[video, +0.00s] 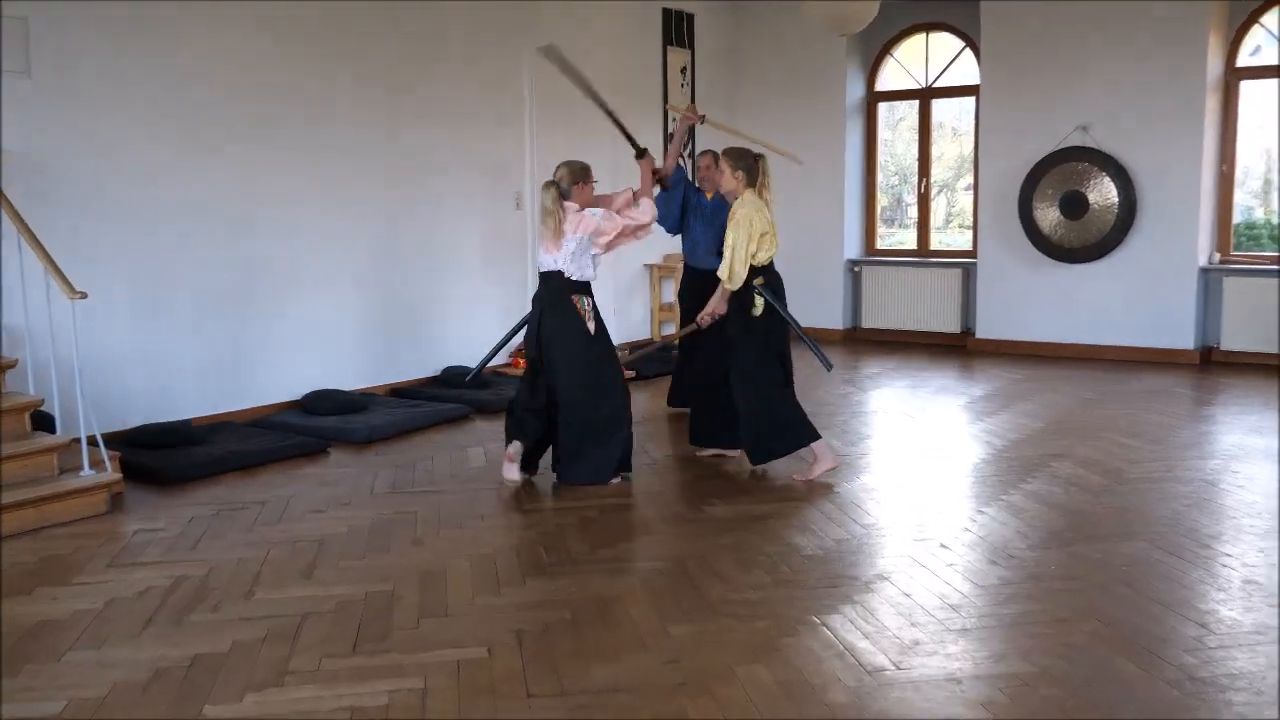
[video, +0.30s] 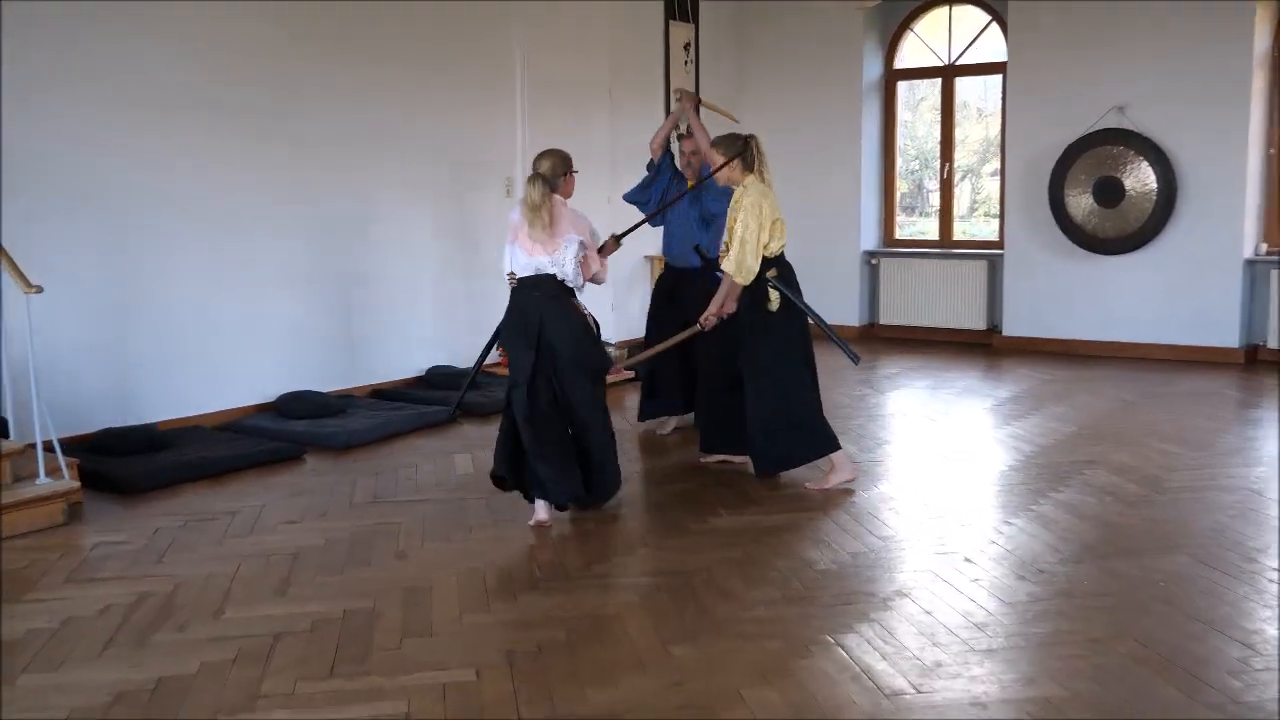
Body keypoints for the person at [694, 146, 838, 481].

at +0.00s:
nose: (717, 177)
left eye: (721, 171)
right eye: (718, 171)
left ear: (738, 176)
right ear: (743, 176)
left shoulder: (744, 210)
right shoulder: (751, 205)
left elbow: (735, 265)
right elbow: (735, 261)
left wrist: (719, 300)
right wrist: (716, 301)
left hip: (755, 293)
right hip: (756, 289)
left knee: (762, 375)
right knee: (735, 364)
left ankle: (821, 452)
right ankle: (734, 440)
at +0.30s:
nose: (714, 172)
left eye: (716, 165)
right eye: (712, 166)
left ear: (734, 163)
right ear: (737, 162)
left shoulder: (752, 195)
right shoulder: (744, 193)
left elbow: (745, 257)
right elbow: (734, 252)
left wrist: (724, 300)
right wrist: (720, 299)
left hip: (770, 287)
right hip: (755, 286)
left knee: (782, 375)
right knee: (742, 365)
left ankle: (840, 460)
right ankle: (743, 447)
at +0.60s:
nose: (724, 164)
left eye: (726, 156)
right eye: (723, 157)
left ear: (745, 151)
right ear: (746, 151)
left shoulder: (773, 184)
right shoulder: (761, 185)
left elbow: (768, 250)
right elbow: (754, 250)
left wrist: (747, 299)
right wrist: (737, 300)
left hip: (796, 285)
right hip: (775, 284)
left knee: (809, 377)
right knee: (735, 360)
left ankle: (855, 470)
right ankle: (740, 451)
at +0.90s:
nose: (768, 156)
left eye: (770, 147)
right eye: (767, 147)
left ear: (790, 141)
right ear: (794, 141)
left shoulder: (815, 175)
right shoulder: (817, 170)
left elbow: (810, 247)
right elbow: (804, 244)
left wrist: (787, 299)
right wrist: (780, 298)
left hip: (844, 283)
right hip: (831, 280)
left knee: (845, 380)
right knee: (782, 364)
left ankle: (866, 483)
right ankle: (766, 453)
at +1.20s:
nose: (818, 143)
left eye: (821, 135)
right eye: (818, 134)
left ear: (843, 135)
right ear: (854, 134)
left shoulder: (859, 175)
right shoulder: (883, 164)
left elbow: (864, 257)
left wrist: (839, 313)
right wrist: (847, 308)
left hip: (892, 288)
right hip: (918, 279)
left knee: (842, 383)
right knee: (894, 379)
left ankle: (869, 492)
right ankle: (901, 478)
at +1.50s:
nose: (877, 132)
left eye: (881, 124)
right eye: (877, 124)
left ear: (904, 126)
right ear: (912, 125)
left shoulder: (923, 168)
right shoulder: (939, 159)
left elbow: (926, 245)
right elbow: (923, 242)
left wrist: (904, 305)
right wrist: (904, 301)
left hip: (957, 282)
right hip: (986, 276)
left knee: (901, 379)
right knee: (983, 371)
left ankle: (884, 490)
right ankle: (999, 467)